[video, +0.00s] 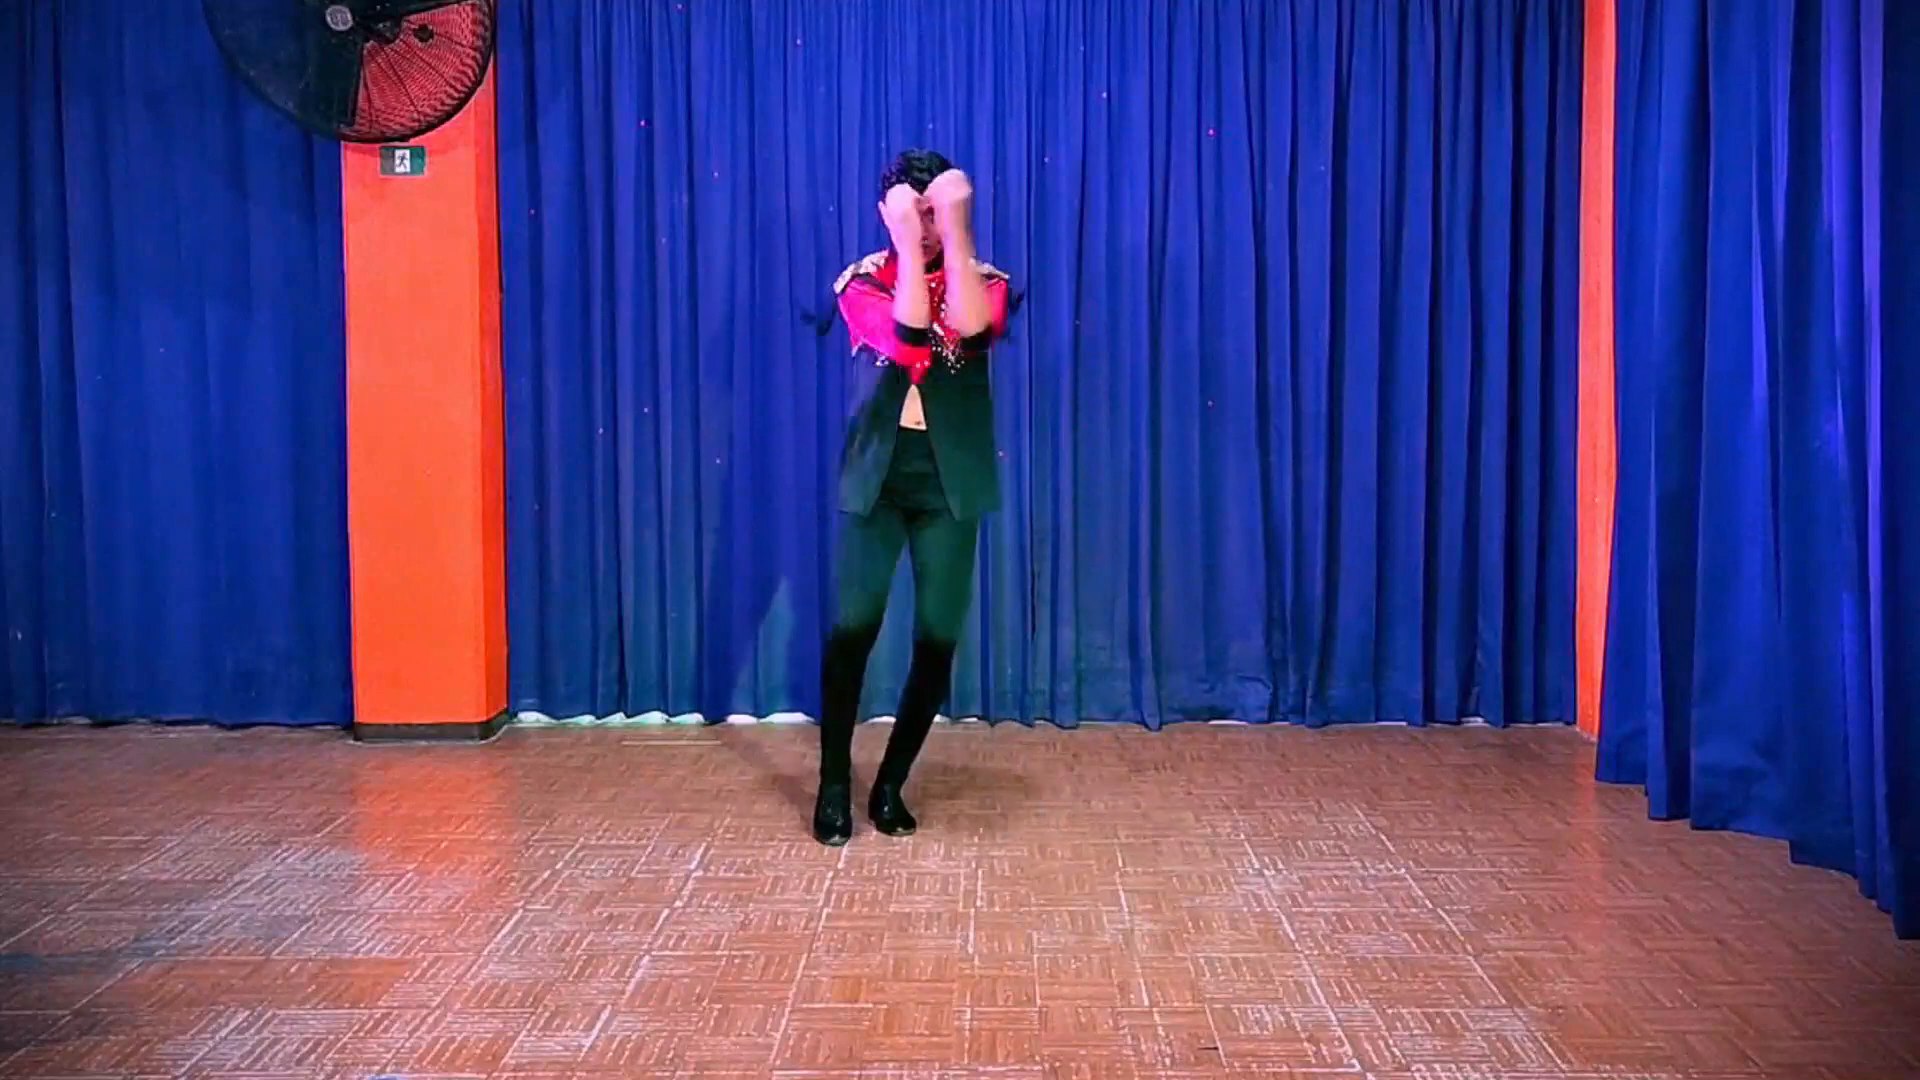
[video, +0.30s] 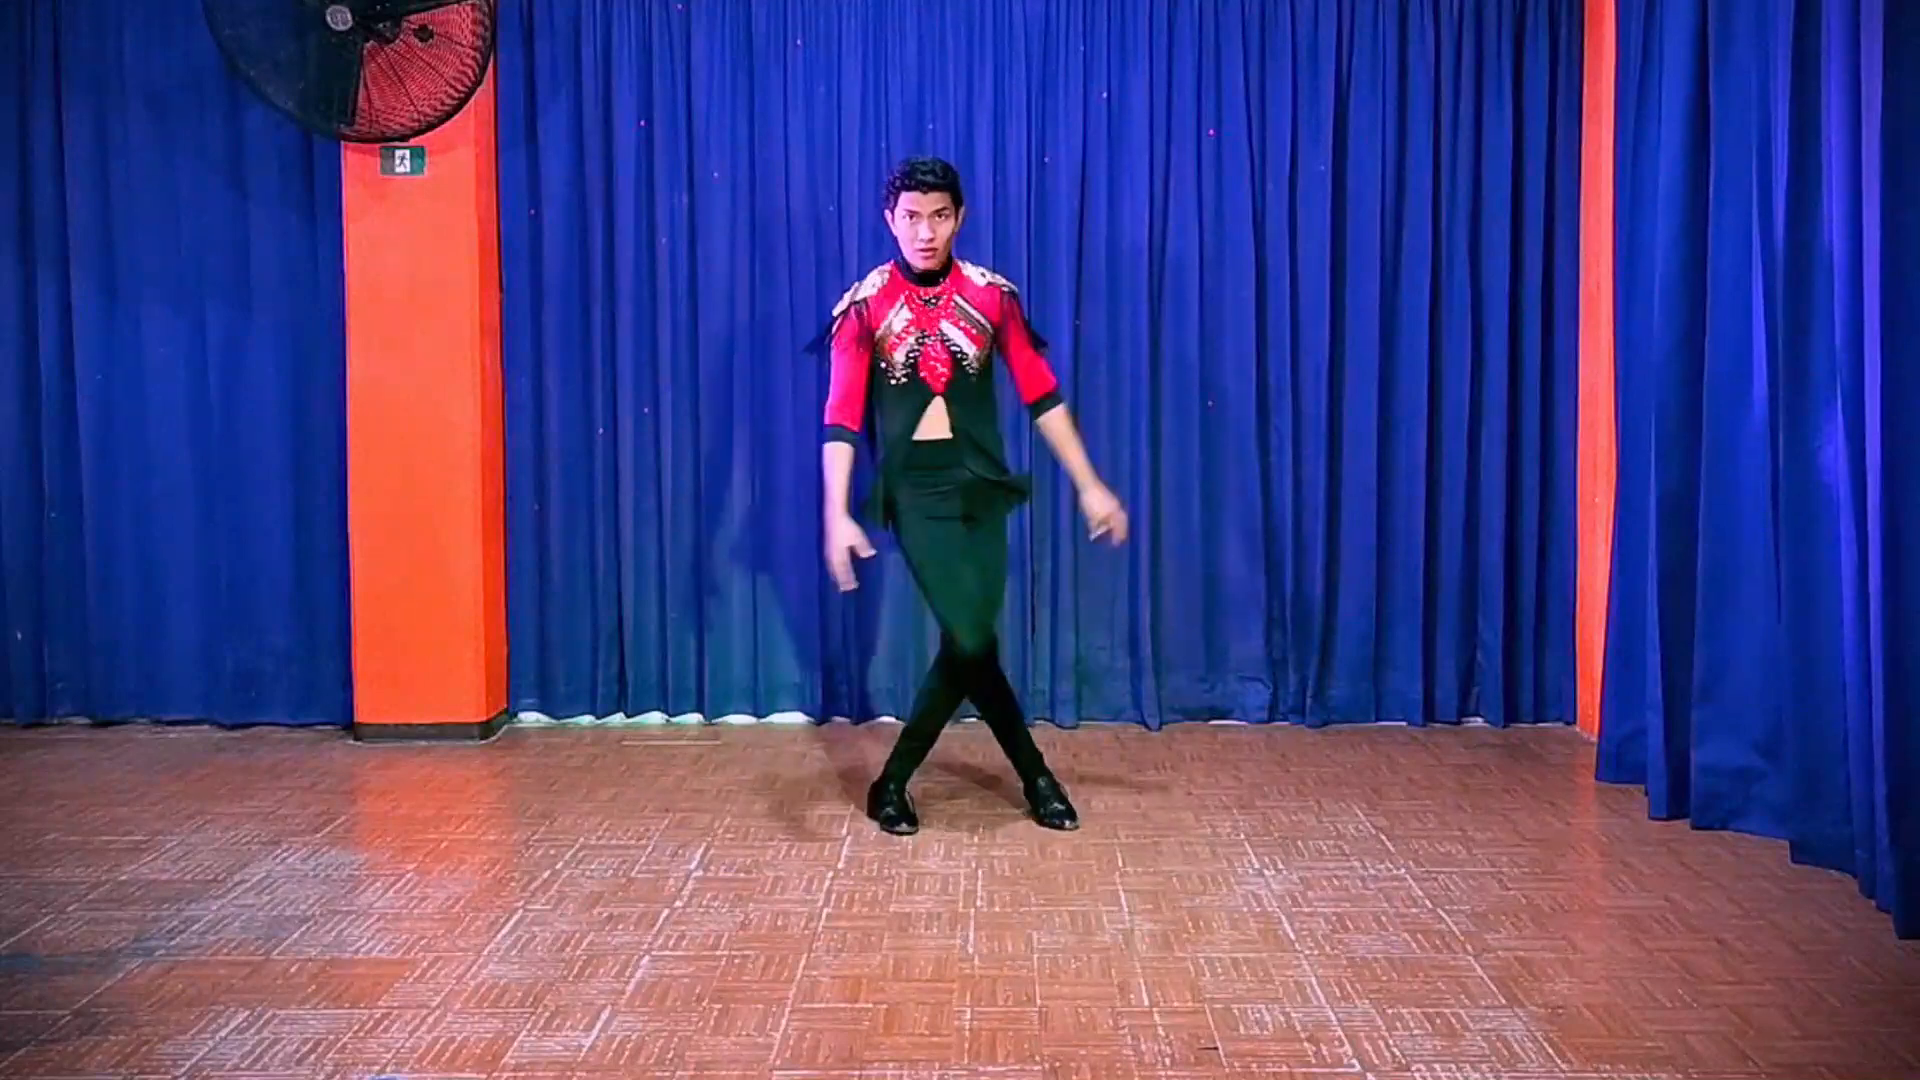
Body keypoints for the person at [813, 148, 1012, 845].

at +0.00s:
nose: (922, 216)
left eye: (932, 202)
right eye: (910, 204)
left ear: (953, 210)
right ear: (890, 214)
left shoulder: (989, 279)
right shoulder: (862, 280)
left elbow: (971, 322)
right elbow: (903, 335)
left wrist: (957, 226)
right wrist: (908, 242)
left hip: (953, 477)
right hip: (876, 473)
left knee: (939, 637)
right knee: (855, 623)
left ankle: (891, 785)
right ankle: (834, 783)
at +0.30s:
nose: (926, 231)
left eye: (940, 217)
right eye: (913, 217)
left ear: (958, 220)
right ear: (892, 219)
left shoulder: (992, 295)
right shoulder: (866, 305)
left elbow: (1042, 395)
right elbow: (842, 418)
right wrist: (837, 513)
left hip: (984, 480)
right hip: (913, 485)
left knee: (969, 640)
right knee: (973, 636)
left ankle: (891, 783)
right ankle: (1037, 777)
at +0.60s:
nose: (949, 235)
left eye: (960, 222)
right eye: (934, 223)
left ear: (976, 226)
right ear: (911, 229)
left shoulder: (990, 290)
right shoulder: (902, 304)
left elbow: (1067, 304)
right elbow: (842, 376)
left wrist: (1145, 309)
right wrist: (794, 436)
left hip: (987, 494)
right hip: (955, 499)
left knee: (979, 646)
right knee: (1045, 628)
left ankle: (877, 783)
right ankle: (1033, 783)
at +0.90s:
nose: (968, 229)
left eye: (970, 218)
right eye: (956, 220)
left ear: (975, 229)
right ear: (925, 230)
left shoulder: (967, 274)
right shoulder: (927, 298)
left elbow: (1003, 217)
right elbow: (919, 274)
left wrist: (1048, 161)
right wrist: (930, 226)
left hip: (950, 500)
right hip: (986, 499)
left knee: (978, 644)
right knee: (1074, 625)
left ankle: (885, 783)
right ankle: (1033, 781)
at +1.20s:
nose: (989, 202)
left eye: (980, 195)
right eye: (978, 197)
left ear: (931, 221)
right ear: (960, 219)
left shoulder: (907, 272)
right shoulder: (987, 269)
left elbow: (899, 181)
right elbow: (1044, 165)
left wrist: (918, 89)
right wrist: (1079, 70)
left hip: (934, 486)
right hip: (1004, 482)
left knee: (934, 640)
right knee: (1046, 616)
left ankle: (911, 799)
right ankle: (1024, 780)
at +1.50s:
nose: (925, 208)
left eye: (928, 201)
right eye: (965, 194)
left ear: (928, 215)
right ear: (992, 209)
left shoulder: (913, 270)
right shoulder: (1024, 259)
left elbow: (868, 164)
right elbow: (1059, 152)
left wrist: (882, 69)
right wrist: (1046, 53)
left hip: (943, 488)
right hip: (1016, 483)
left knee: (913, 633)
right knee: (996, 615)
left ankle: (960, 798)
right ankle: (1015, 780)